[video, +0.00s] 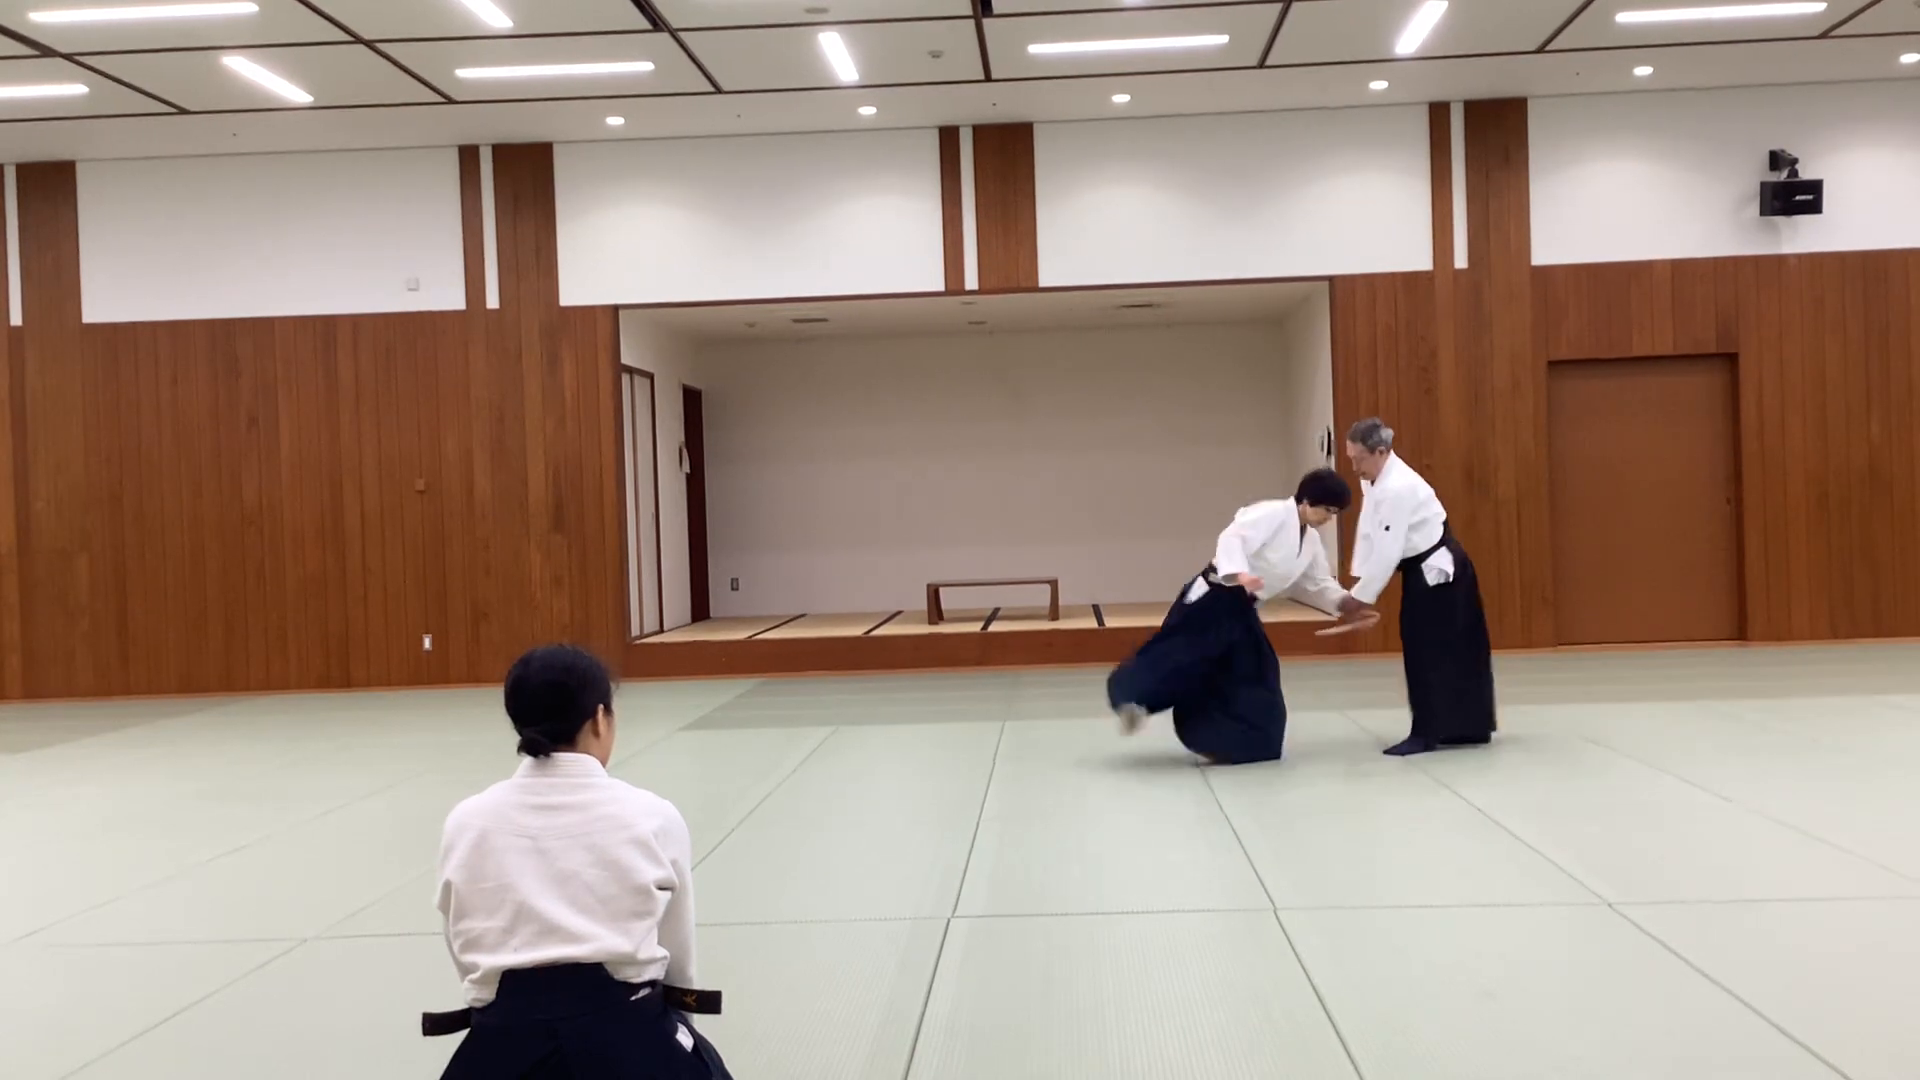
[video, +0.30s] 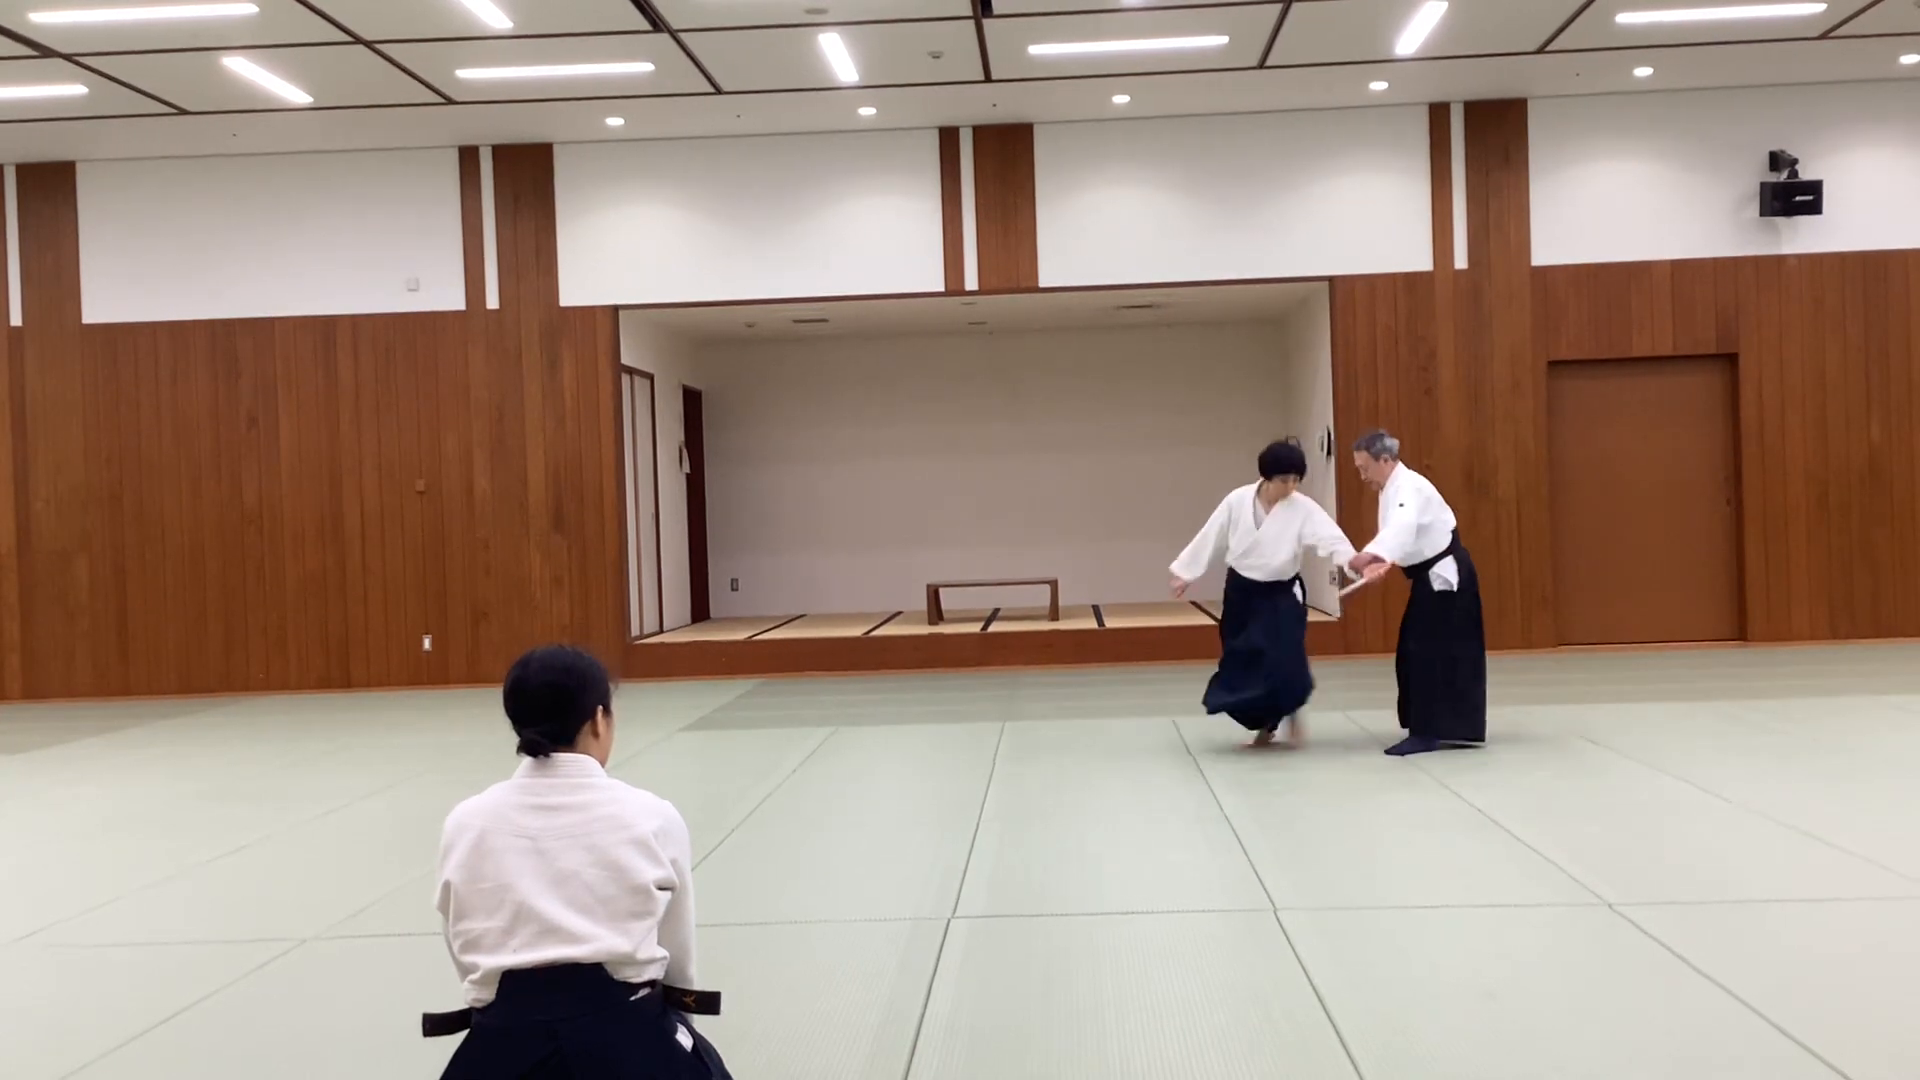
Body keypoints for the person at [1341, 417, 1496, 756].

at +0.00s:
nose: (1353, 465)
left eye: (1357, 458)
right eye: (1351, 458)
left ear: (1379, 452)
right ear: (1374, 453)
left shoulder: (1397, 487)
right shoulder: (1375, 479)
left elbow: (1388, 550)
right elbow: (1366, 531)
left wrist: (1362, 597)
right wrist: (1359, 579)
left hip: (1434, 571)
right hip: (1425, 567)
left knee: (1423, 650)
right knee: (1453, 646)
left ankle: (1426, 732)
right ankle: (1467, 726)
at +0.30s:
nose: (1361, 475)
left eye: (1362, 467)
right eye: (1358, 469)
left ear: (1384, 460)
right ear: (1381, 461)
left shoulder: (1409, 486)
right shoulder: (1390, 489)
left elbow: (1402, 528)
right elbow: (1395, 535)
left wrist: (1372, 553)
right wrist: (1382, 563)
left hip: (1444, 573)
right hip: (1428, 573)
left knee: (1420, 649)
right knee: (1416, 649)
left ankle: (1427, 731)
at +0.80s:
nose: (1374, 465)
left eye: (1377, 458)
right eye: (1371, 459)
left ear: (1399, 452)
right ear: (1393, 453)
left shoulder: (1421, 478)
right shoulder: (1400, 480)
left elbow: (1408, 510)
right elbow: (1396, 517)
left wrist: (1360, 517)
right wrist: (1359, 525)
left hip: (1441, 571)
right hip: (1422, 570)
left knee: (1430, 649)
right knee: (1426, 647)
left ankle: (1430, 731)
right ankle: (1450, 721)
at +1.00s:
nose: (1370, 465)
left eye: (1375, 459)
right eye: (1368, 459)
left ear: (1398, 455)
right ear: (1374, 454)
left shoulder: (1421, 480)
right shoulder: (1377, 487)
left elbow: (1400, 506)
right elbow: (1360, 535)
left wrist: (1354, 502)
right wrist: (1338, 573)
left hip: (1431, 576)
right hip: (1401, 577)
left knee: (1424, 650)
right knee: (1400, 649)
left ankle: (1426, 730)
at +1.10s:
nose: (1364, 464)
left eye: (1370, 459)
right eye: (1364, 458)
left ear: (1394, 456)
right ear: (1370, 454)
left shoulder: (1418, 480)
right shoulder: (1367, 485)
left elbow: (1394, 503)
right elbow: (1342, 521)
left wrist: (1352, 493)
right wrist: (1298, 547)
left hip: (1425, 578)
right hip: (1390, 578)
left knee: (1425, 654)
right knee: (1380, 650)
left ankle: (1430, 734)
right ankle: (1401, 726)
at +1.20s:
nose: (1359, 469)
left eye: (1365, 465)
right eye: (1358, 463)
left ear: (1389, 464)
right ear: (1357, 457)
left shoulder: (1412, 486)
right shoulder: (1350, 483)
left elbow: (1386, 517)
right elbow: (1321, 517)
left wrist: (1339, 510)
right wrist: (1279, 538)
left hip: (1417, 580)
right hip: (1378, 578)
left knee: (1416, 656)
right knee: (1359, 646)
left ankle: (1420, 735)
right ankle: (1373, 727)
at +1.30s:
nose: (1350, 478)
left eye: (1357, 474)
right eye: (1349, 471)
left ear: (1381, 473)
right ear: (1346, 464)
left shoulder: (1402, 498)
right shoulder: (1339, 488)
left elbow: (1385, 545)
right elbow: (1310, 507)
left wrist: (1327, 546)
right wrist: (1311, 533)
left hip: (1404, 585)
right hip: (1363, 583)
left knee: (1405, 659)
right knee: (1332, 649)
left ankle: (1411, 735)